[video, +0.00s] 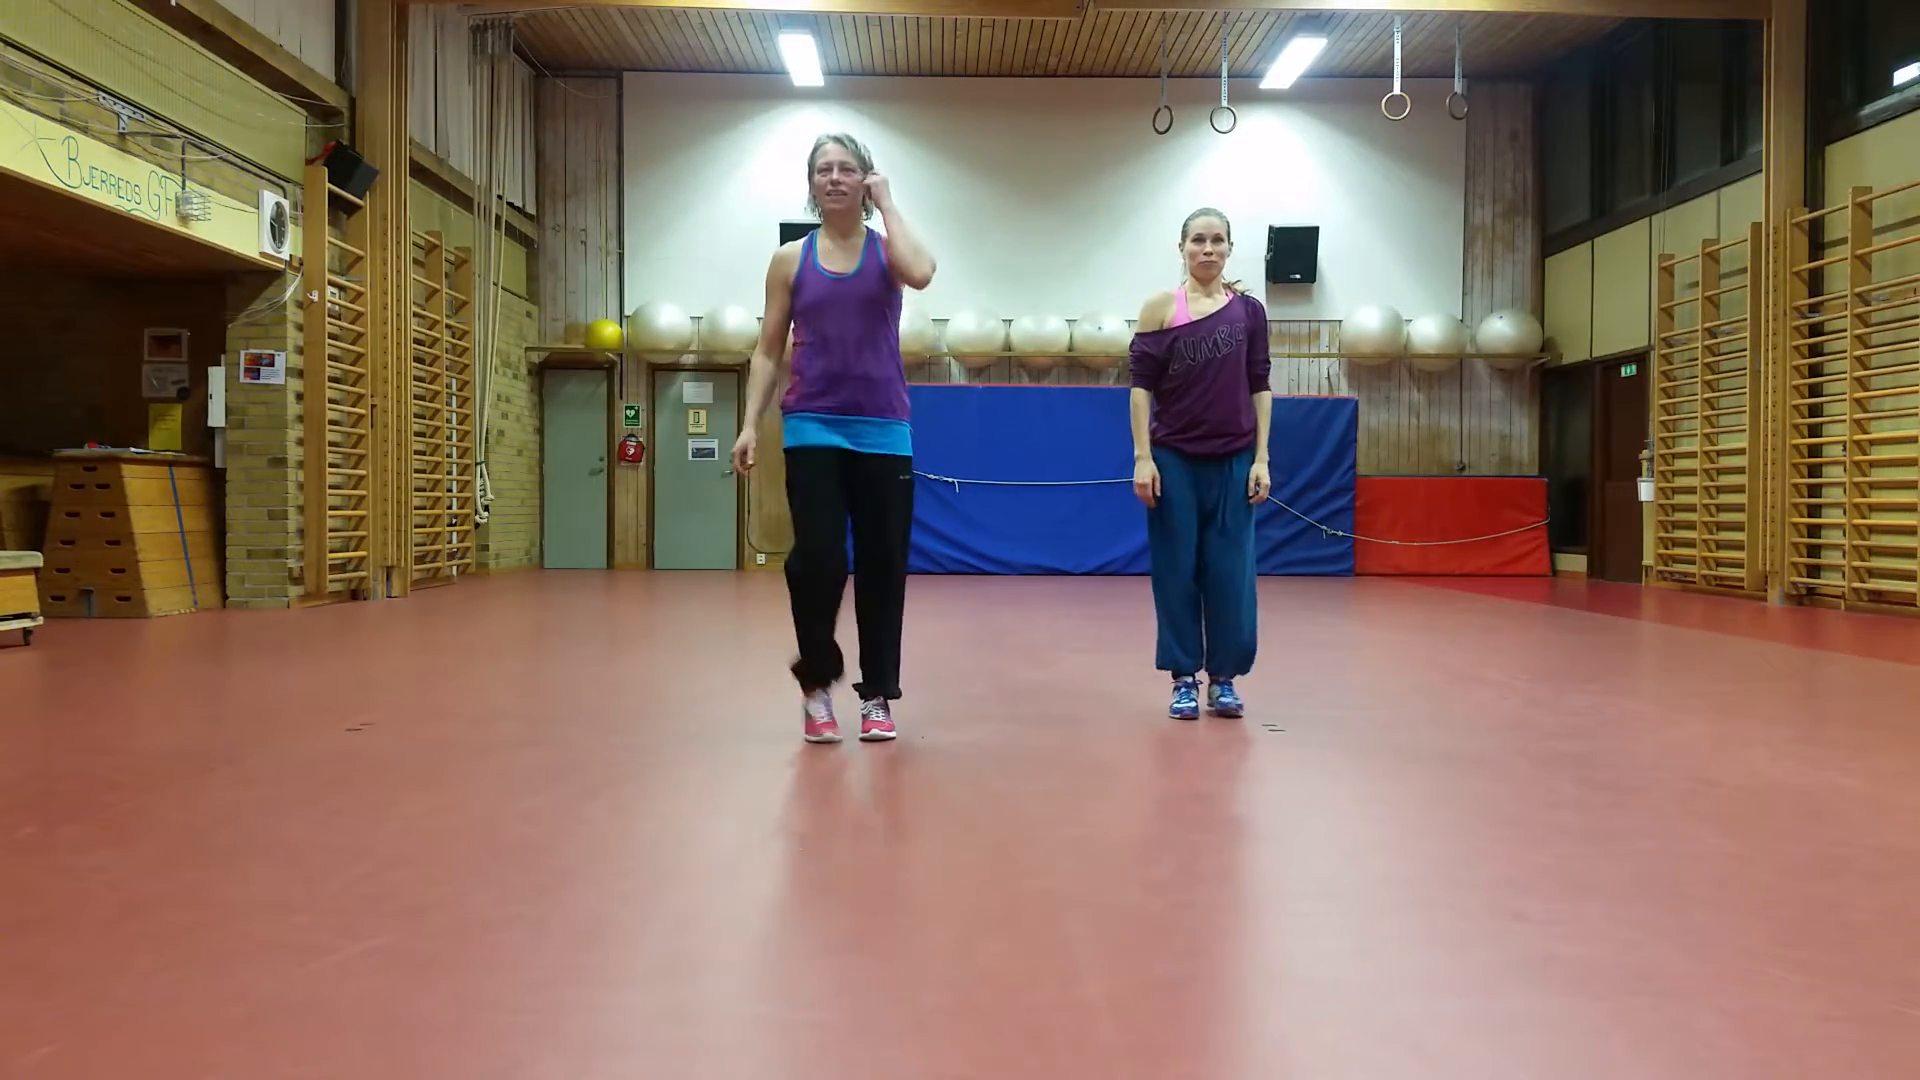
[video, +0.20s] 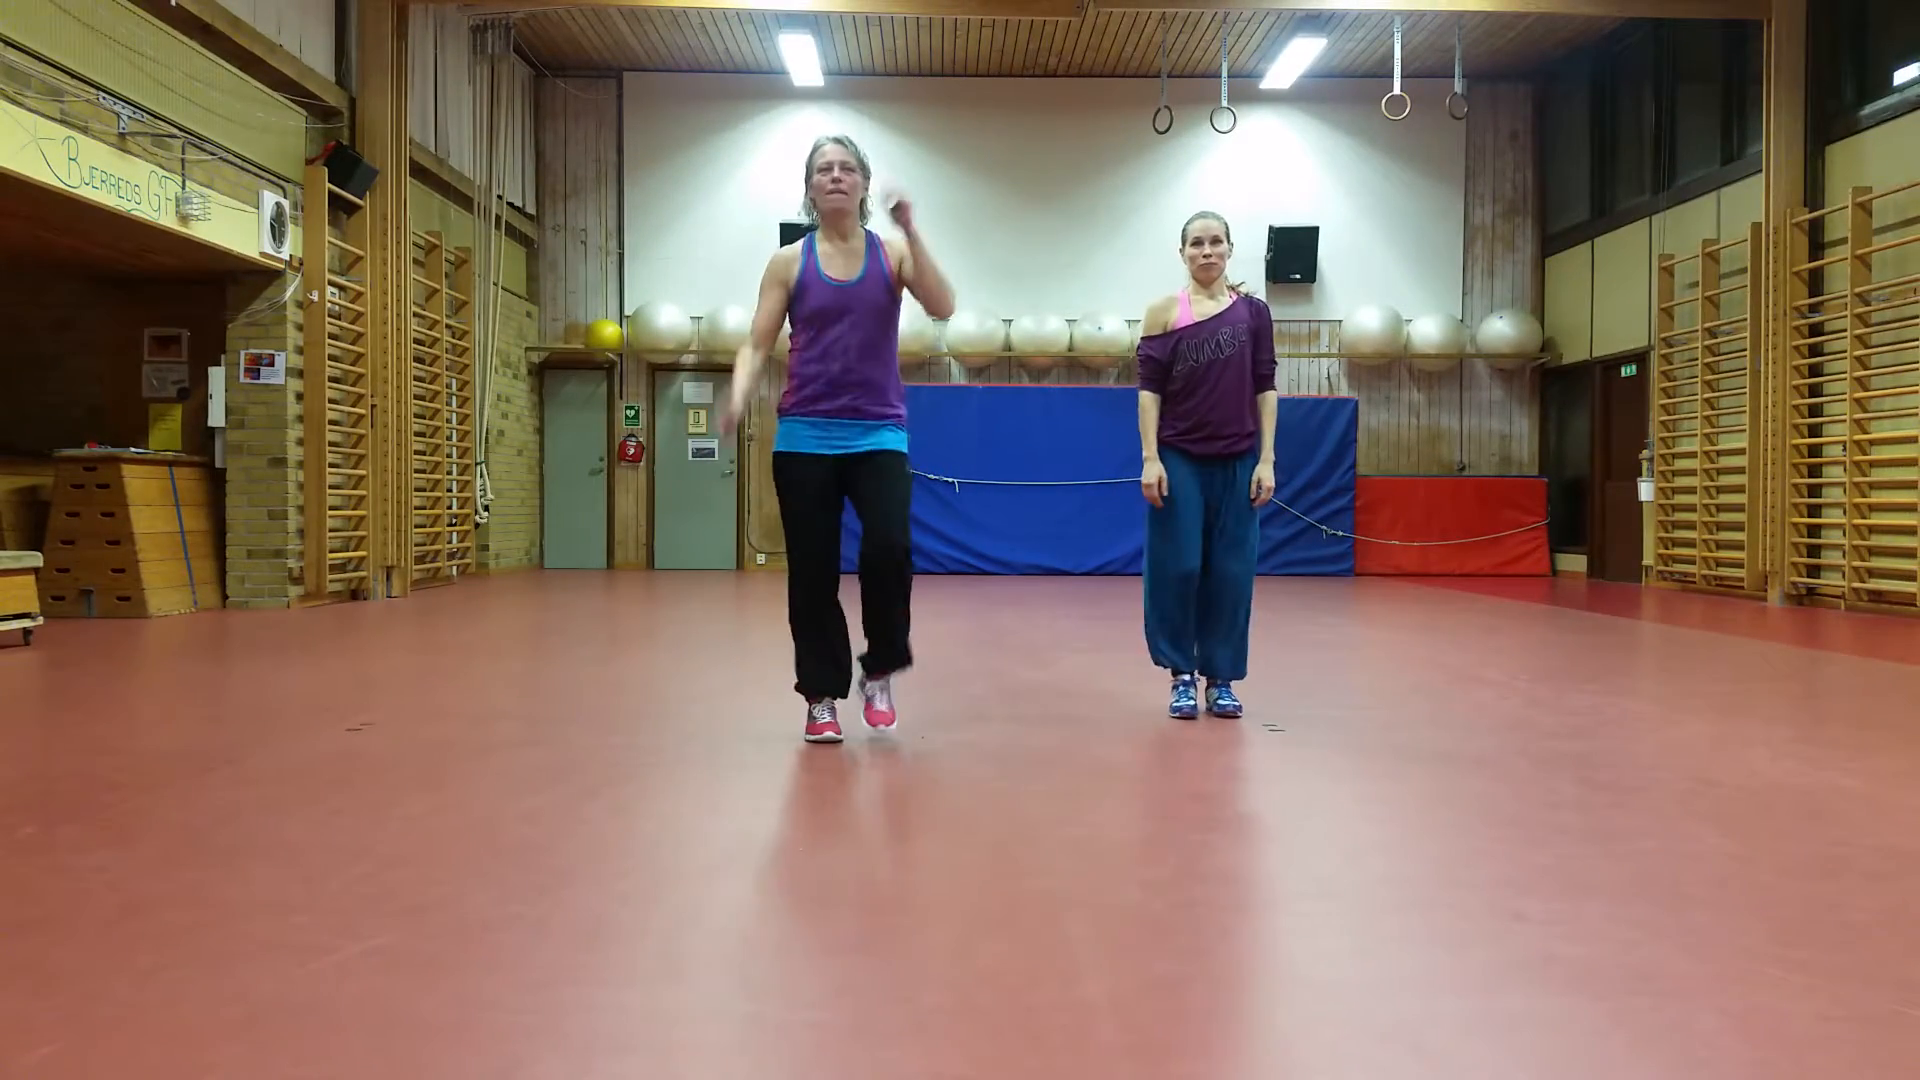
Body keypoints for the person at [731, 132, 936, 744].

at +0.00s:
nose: (834, 179)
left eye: (845, 170)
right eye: (823, 171)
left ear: (866, 183)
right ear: (810, 185)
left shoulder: (888, 245)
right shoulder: (790, 260)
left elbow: (919, 272)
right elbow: (769, 351)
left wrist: (887, 203)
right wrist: (750, 425)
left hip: (884, 426)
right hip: (811, 426)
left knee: (884, 563)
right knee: (818, 557)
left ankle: (878, 695)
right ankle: (816, 684)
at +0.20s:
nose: (836, 177)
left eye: (847, 169)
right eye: (824, 169)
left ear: (865, 184)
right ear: (808, 187)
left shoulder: (893, 250)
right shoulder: (789, 260)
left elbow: (942, 306)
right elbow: (758, 343)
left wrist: (912, 234)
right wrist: (737, 397)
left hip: (879, 432)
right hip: (805, 433)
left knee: (890, 550)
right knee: (812, 568)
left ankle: (880, 674)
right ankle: (821, 697)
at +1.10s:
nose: (862, 155)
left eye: (874, 149)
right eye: (850, 149)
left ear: (889, 166)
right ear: (832, 167)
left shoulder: (911, 229)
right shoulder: (819, 230)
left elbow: (949, 166)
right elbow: (786, 177)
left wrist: (914, 79)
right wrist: (796, 91)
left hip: (903, 416)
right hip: (830, 418)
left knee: (920, 552)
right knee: (827, 560)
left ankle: (895, 680)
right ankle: (825, 700)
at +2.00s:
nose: (874, 150)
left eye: (883, 144)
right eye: (862, 145)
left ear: (901, 163)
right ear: (844, 164)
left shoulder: (924, 222)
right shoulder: (833, 226)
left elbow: (945, 139)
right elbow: (823, 153)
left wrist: (894, 77)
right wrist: (871, 80)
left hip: (922, 416)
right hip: (851, 417)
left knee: (921, 562)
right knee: (849, 561)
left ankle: (918, 693)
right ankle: (854, 697)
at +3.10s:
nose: (891, 154)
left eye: (903, 146)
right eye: (879, 147)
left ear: (924, 160)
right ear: (866, 164)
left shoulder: (949, 223)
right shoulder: (854, 225)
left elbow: (973, 150)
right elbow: (809, 176)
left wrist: (933, 66)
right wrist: (830, 95)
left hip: (934, 416)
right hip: (860, 413)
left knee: (937, 561)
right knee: (846, 551)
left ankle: (932, 698)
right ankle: (860, 683)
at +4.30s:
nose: (885, 137)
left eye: (896, 130)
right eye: (873, 131)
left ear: (913, 148)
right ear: (856, 150)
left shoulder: (934, 211)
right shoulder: (842, 212)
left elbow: (966, 140)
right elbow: (825, 147)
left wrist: (923, 65)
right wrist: (863, 73)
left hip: (932, 400)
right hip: (857, 404)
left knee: (946, 533)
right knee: (852, 550)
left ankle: (934, 678)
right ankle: (852, 690)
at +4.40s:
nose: (889, 155)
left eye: (899, 148)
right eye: (877, 148)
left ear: (915, 165)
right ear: (859, 165)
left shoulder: (937, 230)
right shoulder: (846, 233)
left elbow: (965, 168)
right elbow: (827, 177)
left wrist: (913, 98)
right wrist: (880, 104)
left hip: (937, 420)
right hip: (861, 421)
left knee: (939, 570)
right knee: (860, 570)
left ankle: (943, 701)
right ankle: (876, 704)